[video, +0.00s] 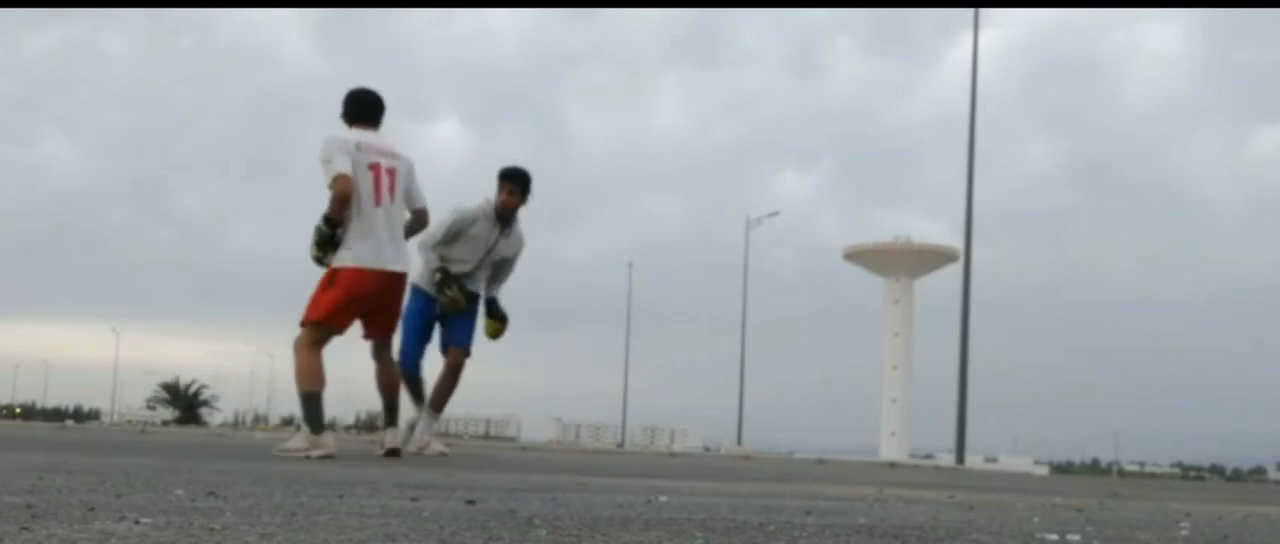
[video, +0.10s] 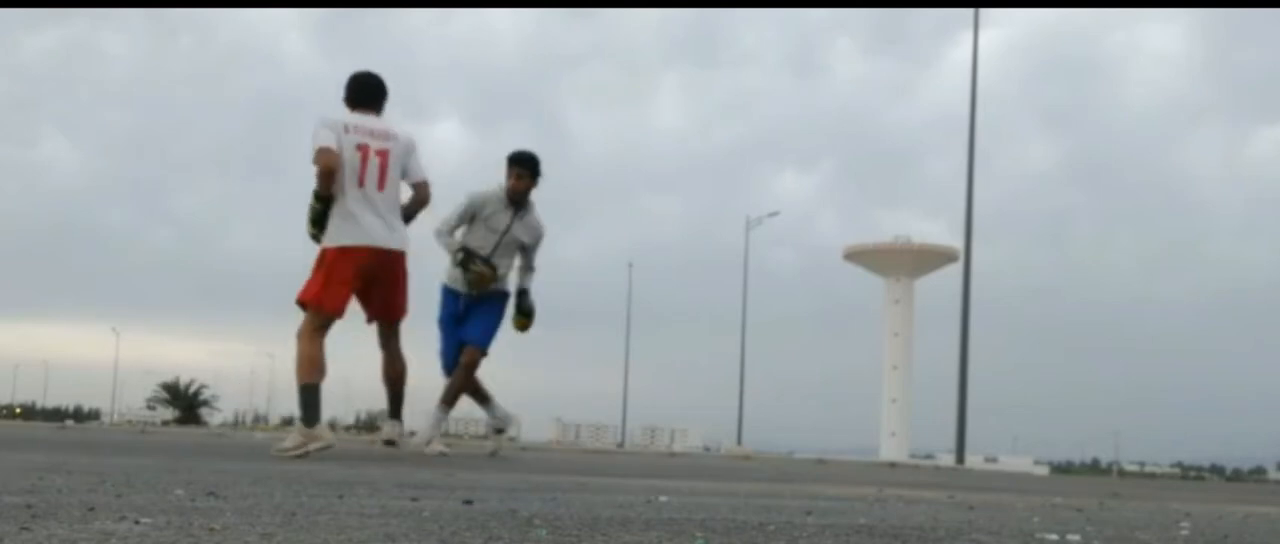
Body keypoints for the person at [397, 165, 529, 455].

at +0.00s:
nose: (506, 200)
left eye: (514, 195)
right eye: (504, 192)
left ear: (523, 201)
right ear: (497, 191)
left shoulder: (514, 241)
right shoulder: (468, 216)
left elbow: (495, 280)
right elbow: (425, 242)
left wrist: (492, 305)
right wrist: (441, 277)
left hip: (465, 295)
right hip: (428, 285)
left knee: (456, 359)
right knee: (407, 361)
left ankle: (425, 432)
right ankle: (421, 411)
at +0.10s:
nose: (517, 184)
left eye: (525, 179)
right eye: (514, 176)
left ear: (534, 184)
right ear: (506, 175)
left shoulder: (532, 229)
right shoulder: (480, 202)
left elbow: (526, 267)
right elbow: (442, 231)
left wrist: (523, 297)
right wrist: (462, 257)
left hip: (491, 296)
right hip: (456, 289)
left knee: (470, 360)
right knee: (453, 367)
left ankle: (432, 430)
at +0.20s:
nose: (523, 181)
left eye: (530, 176)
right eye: (520, 174)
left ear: (542, 181)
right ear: (513, 175)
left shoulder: (547, 223)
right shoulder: (490, 206)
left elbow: (558, 263)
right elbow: (460, 239)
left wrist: (556, 289)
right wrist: (481, 255)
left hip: (521, 292)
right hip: (486, 293)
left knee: (504, 354)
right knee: (495, 376)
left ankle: (467, 422)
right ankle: (538, 429)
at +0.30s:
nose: (530, 180)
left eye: (537, 174)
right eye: (526, 173)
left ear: (550, 178)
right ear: (520, 176)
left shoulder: (562, 221)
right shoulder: (504, 213)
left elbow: (588, 262)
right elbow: (489, 253)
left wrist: (583, 288)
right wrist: (501, 262)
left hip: (544, 293)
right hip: (511, 296)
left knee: (531, 348)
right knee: (510, 384)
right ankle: (542, 431)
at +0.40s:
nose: (542, 174)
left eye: (549, 168)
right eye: (538, 167)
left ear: (563, 171)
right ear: (534, 170)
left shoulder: (579, 212)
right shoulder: (524, 209)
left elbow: (614, 254)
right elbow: (517, 249)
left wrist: (600, 282)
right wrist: (524, 261)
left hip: (563, 294)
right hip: (530, 297)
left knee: (562, 354)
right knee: (520, 378)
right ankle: (546, 437)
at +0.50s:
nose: (563, 173)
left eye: (570, 167)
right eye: (559, 167)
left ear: (584, 170)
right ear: (555, 169)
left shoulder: (600, 208)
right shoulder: (546, 205)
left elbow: (633, 251)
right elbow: (536, 253)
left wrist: (612, 274)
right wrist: (542, 256)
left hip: (582, 304)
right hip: (547, 303)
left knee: (599, 367)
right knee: (531, 378)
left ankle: (630, 436)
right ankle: (548, 439)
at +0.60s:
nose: (589, 183)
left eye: (595, 177)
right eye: (584, 177)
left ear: (608, 180)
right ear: (579, 180)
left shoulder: (623, 217)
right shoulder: (570, 215)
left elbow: (643, 260)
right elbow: (554, 253)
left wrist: (610, 275)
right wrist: (552, 259)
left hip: (606, 314)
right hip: (567, 312)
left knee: (628, 377)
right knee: (525, 373)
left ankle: (654, 447)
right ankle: (543, 430)